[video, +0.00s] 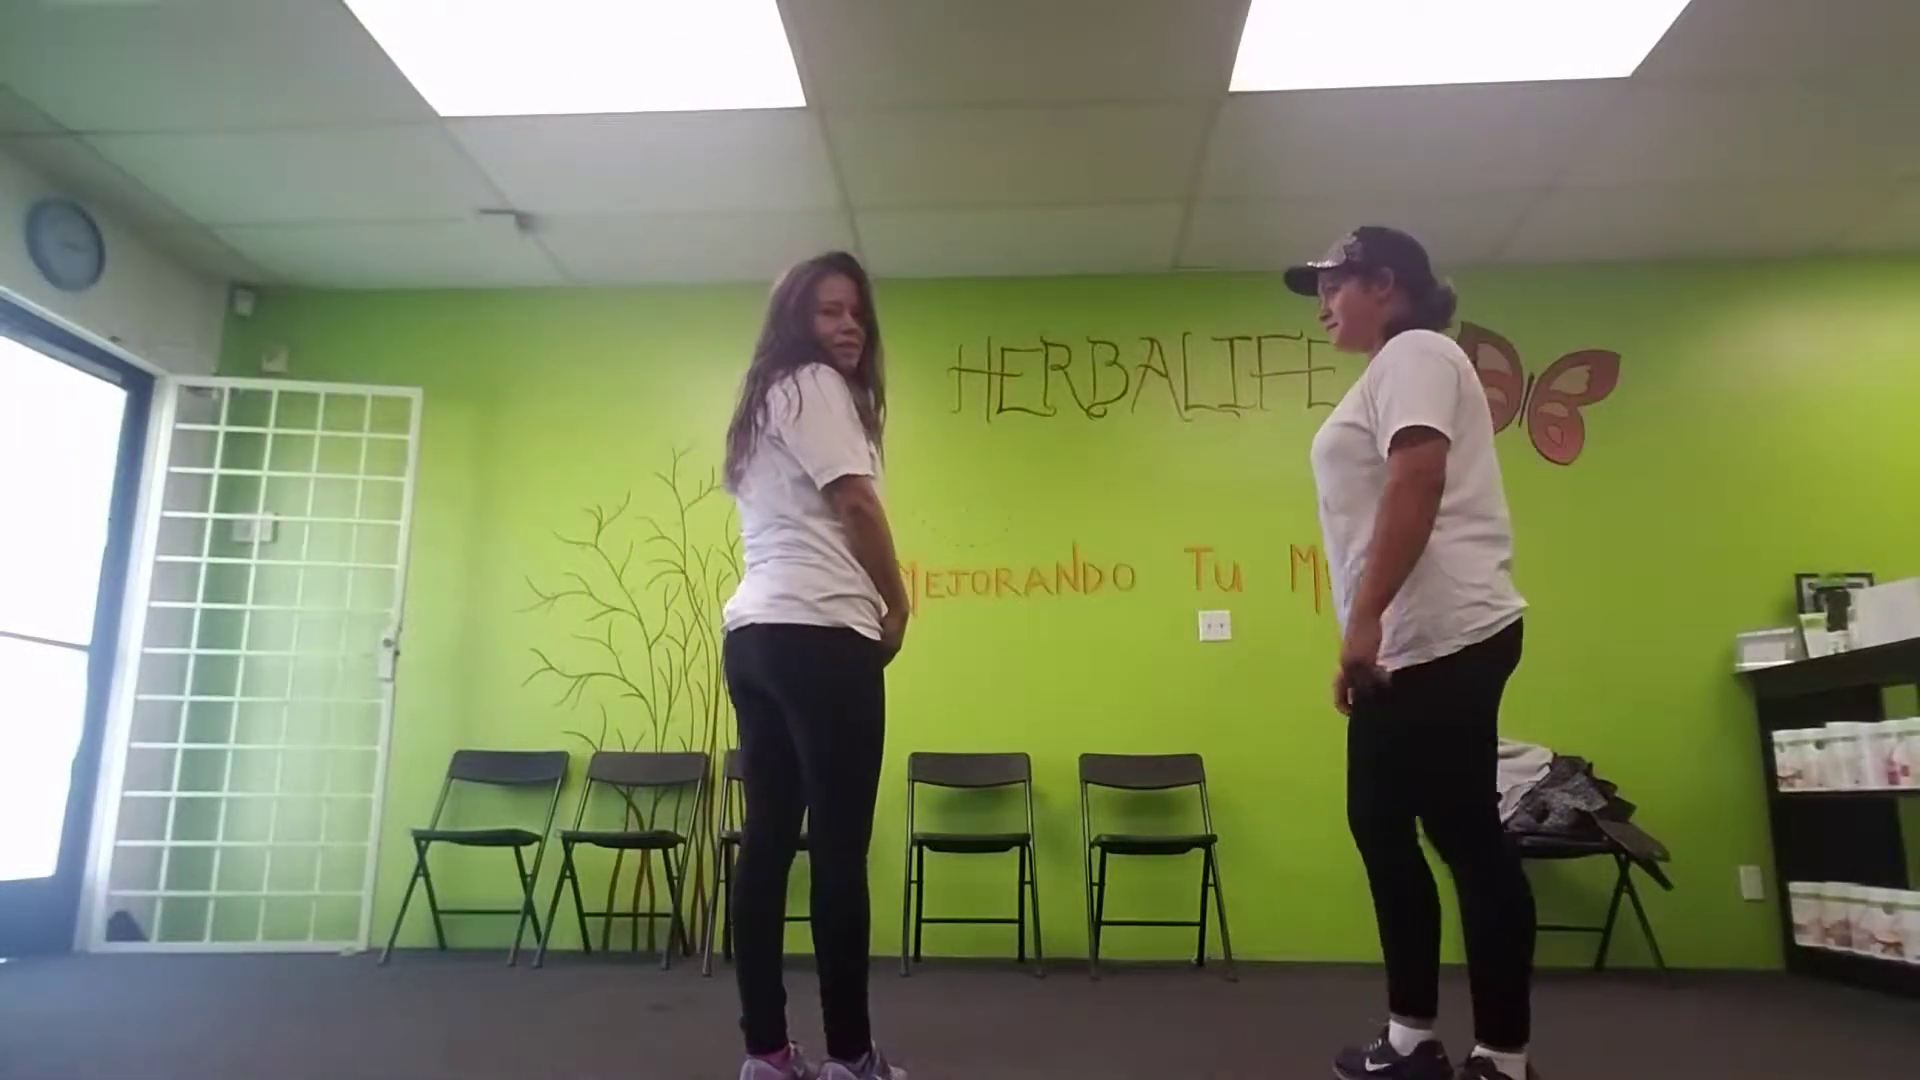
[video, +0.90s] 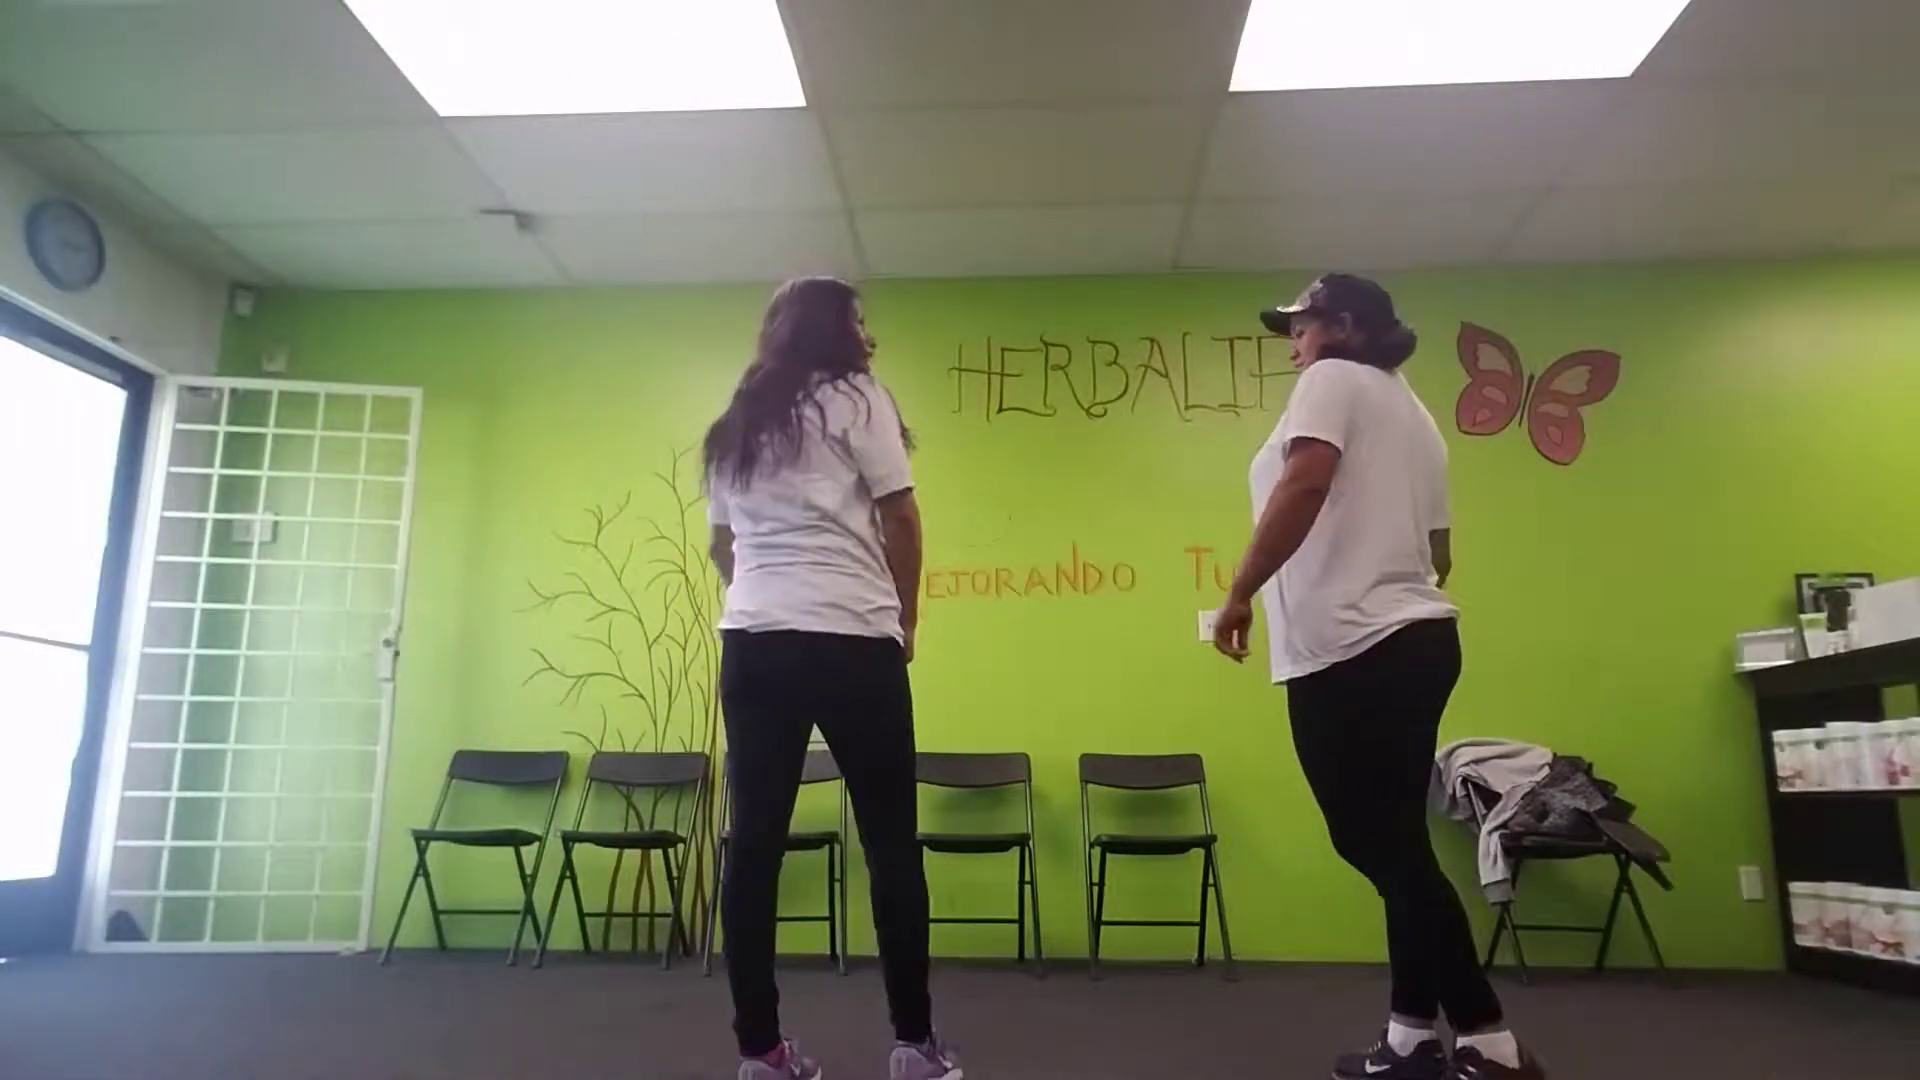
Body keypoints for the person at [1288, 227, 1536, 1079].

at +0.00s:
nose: (1322, 304)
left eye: (1333, 287)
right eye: (1322, 290)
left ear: (1384, 287)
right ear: (1381, 292)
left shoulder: (1415, 355)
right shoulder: (1396, 369)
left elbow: (1418, 484)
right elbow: (1396, 513)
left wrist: (1366, 613)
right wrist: (1358, 645)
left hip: (1446, 637)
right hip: (1402, 644)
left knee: (1468, 834)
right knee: (1380, 823)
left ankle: (1504, 1060)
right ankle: (1411, 1042)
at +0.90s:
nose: (1291, 342)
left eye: (1301, 327)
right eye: (1293, 328)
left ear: (1344, 327)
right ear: (1365, 335)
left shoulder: (1330, 378)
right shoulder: (1418, 416)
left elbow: (1307, 482)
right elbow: (1435, 557)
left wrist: (1238, 595)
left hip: (1352, 646)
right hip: (1416, 639)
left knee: (1376, 840)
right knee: (1399, 843)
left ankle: (1488, 1045)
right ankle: (1411, 1039)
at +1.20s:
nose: (1279, 354)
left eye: (1286, 339)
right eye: (1279, 340)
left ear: (1325, 336)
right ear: (1360, 341)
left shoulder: (1308, 391)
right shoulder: (1426, 420)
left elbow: (1270, 490)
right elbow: (1458, 549)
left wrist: (1194, 563)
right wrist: (1376, 585)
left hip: (1326, 651)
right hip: (1424, 644)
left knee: (1299, 834)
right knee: (1401, 830)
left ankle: (1420, 999)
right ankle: (1416, 1032)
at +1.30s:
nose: (1276, 351)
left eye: (1284, 337)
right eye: (1277, 337)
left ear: (1319, 336)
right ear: (1359, 340)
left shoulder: (1295, 395)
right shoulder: (1424, 417)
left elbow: (1244, 492)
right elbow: (1455, 545)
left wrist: (1189, 551)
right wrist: (1375, 566)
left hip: (1316, 651)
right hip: (1422, 645)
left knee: (1293, 832)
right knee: (1402, 832)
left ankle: (1358, 1014)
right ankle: (1419, 1033)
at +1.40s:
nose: (1273, 349)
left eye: (1280, 335)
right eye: (1274, 336)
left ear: (1315, 333)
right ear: (1353, 336)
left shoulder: (1280, 400)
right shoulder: (1422, 415)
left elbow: (1201, 521)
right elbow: (1446, 543)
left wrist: (1204, 510)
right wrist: (1367, 524)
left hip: (1304, 650)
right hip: (1417, 646)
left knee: (1279, 840)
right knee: (1402, 838)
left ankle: (1292, 1039)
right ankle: (1415, 1041)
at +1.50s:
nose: (1264, 347)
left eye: (1271, 332)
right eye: (1265, 332)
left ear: (1304, 330)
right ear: (1348, 333)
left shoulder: (1264, 404)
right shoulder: (1413, 411)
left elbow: (1191, 520)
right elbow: (1430, 533)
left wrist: (1235, 463)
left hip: (1291, 651)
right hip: (1409, 646)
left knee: (1260, 844)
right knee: (1403, 840)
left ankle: (1250, 1044)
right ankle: (1415, 1046)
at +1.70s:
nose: (1232, 341)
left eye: (1238, 327)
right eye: (1234, 327)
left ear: (1265, 326)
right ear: (1319, 326)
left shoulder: (1222, 402)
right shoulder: (1379, 404)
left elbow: (1179, 517)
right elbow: (1389, 507)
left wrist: (1259, 483)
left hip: (1257, 653)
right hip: (1378, 644)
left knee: (1241, 845)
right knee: (1383, 837)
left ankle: (1239, 1051)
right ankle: (1414, 1044)